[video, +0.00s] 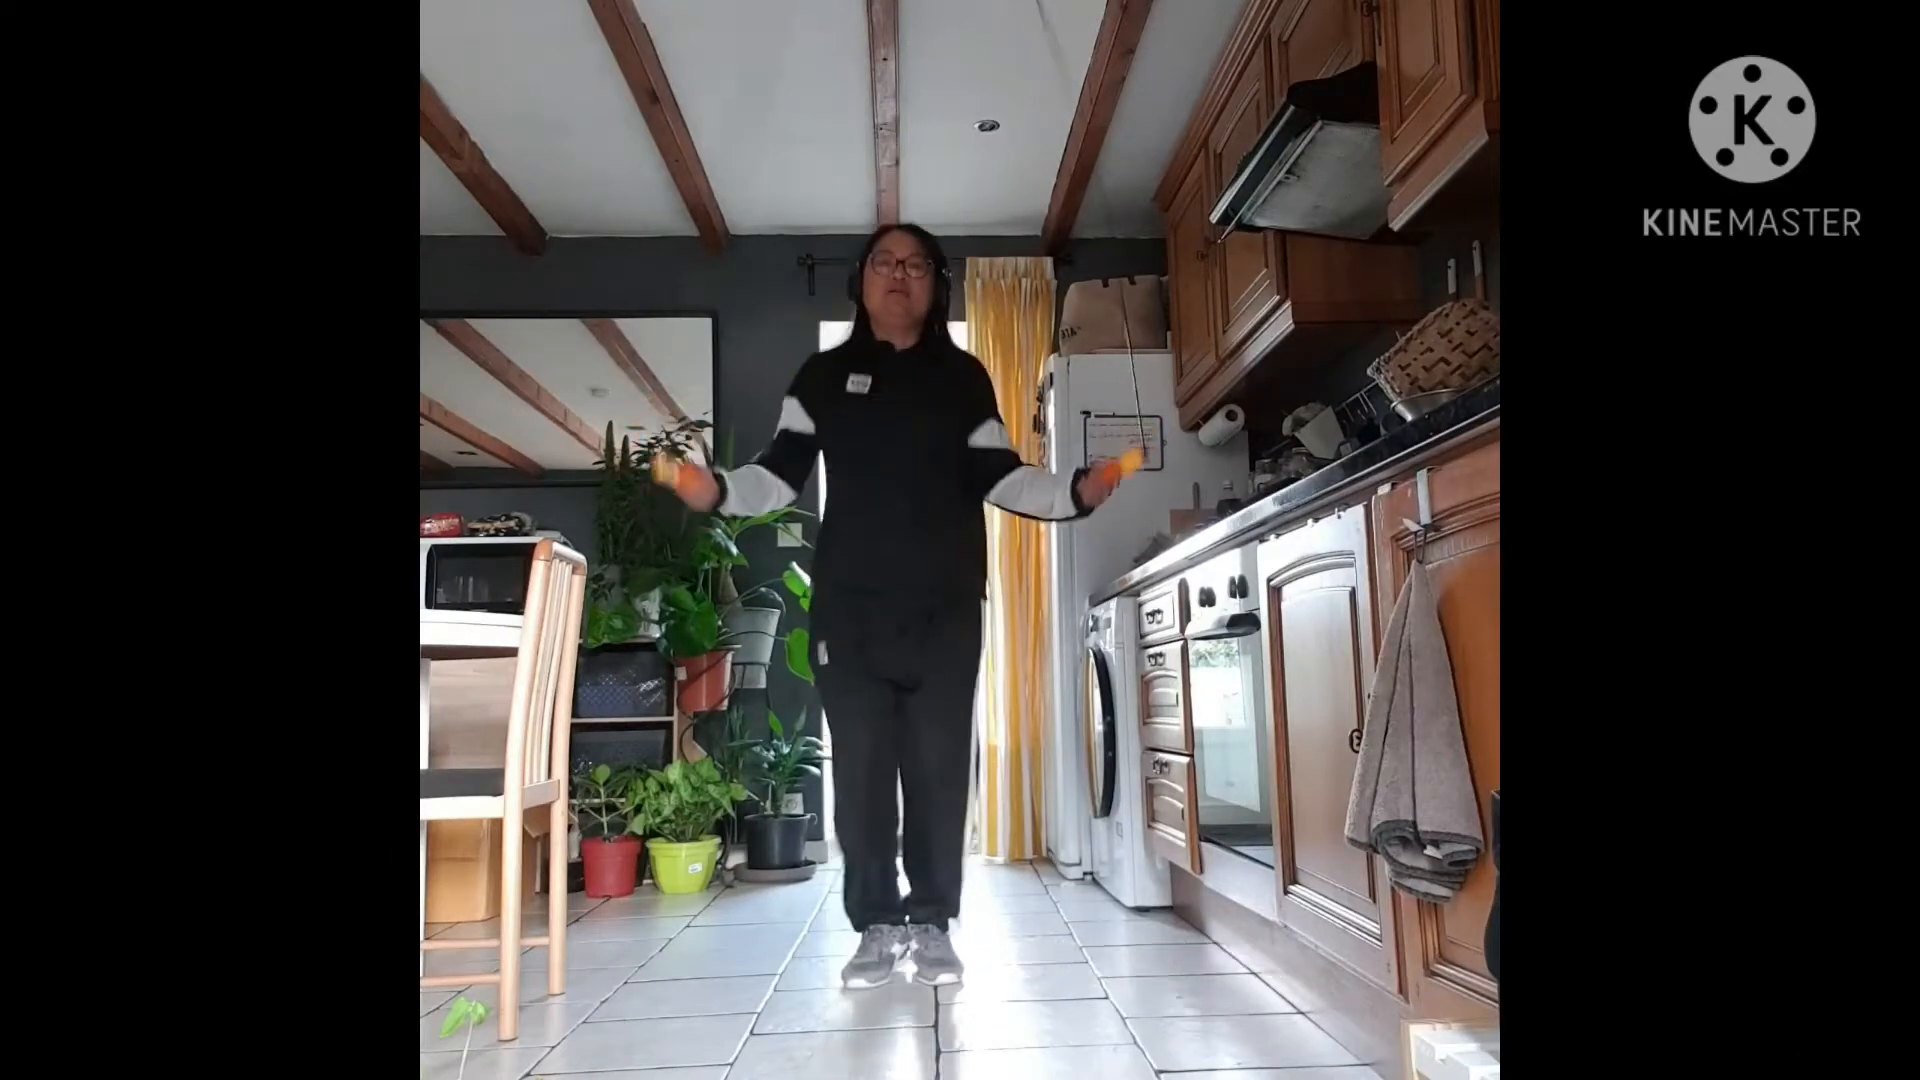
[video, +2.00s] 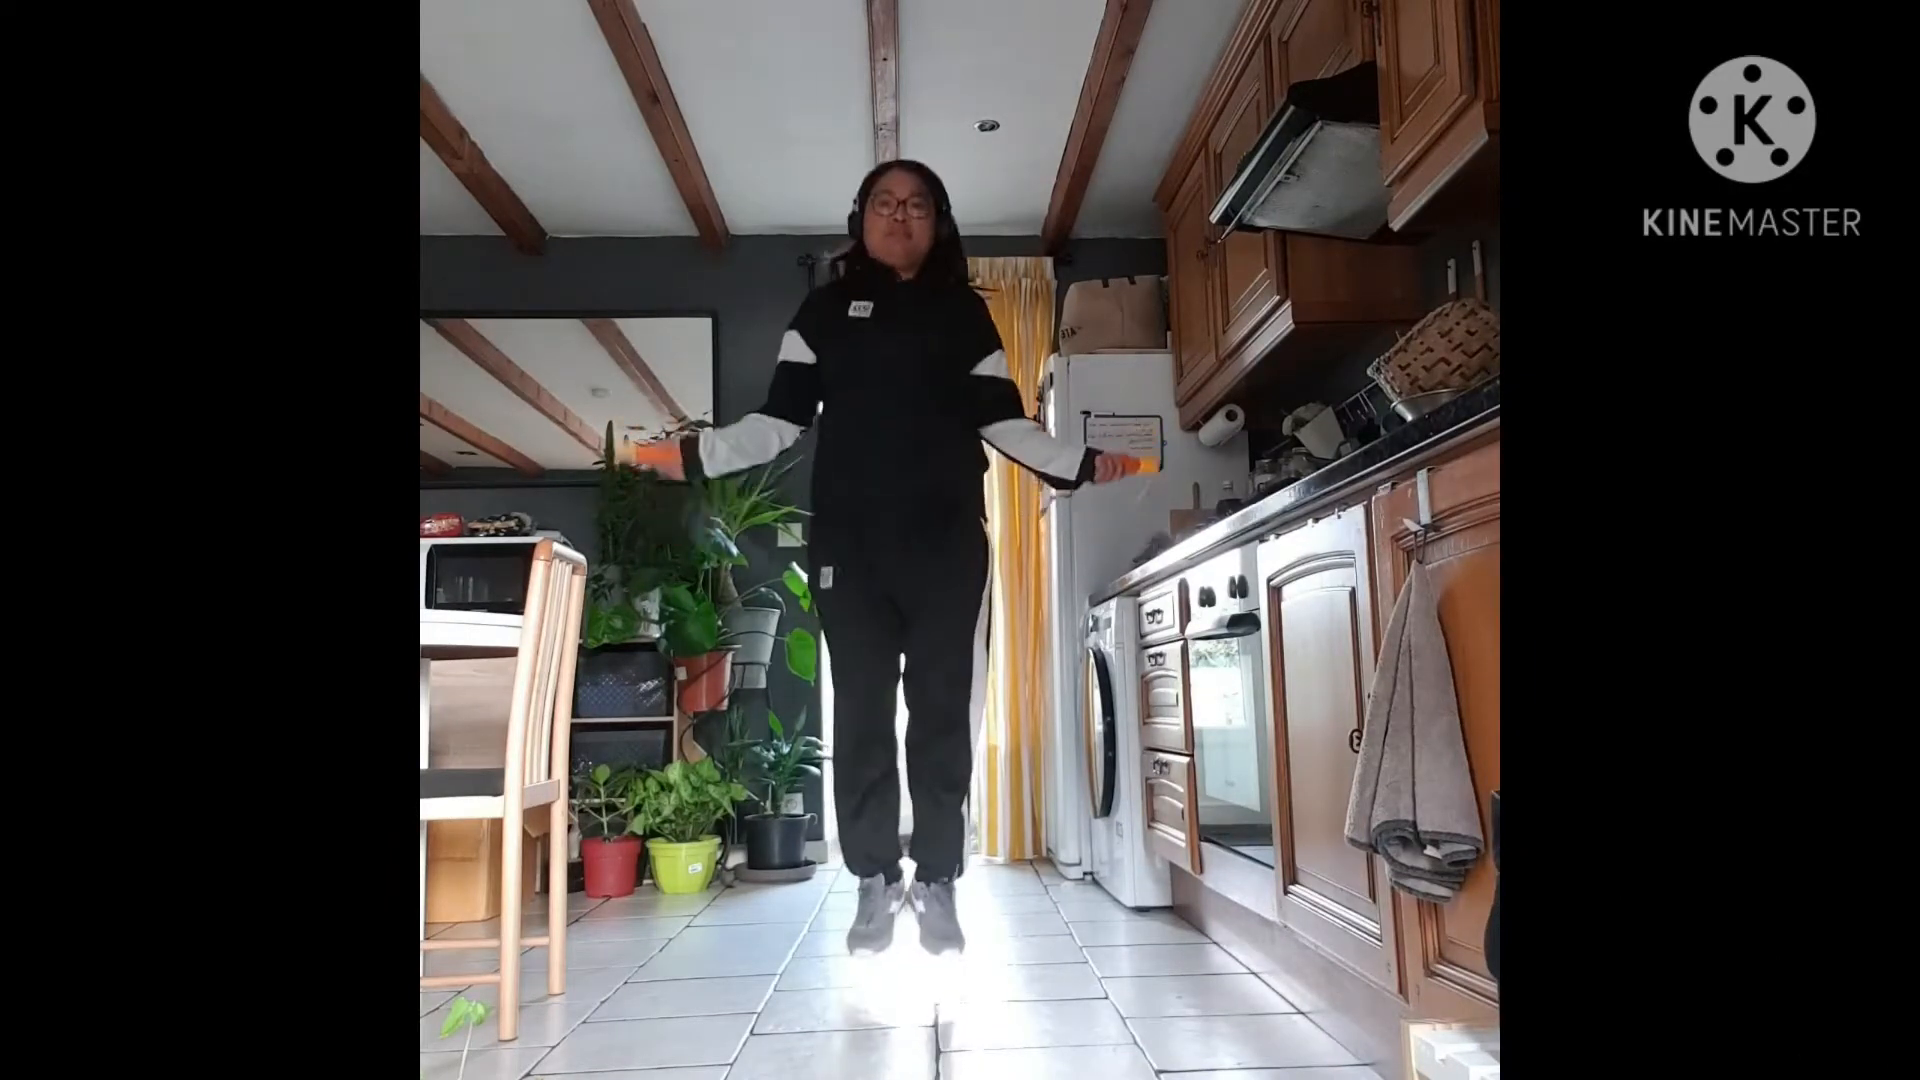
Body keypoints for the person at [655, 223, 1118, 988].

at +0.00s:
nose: (898, 274)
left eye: (914, 264)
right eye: (884, 262)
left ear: (937, 286)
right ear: (861, 282)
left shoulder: (964, 377)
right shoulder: (827, 373)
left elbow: (998, 475)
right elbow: (780, 473)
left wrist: (1075, 491)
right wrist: (718, 489)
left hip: (945, 598)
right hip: (853, 597)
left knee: (938, 764)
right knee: (862, 765)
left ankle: (933, 924)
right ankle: (876, 928)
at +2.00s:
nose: (899, 215)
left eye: (915, 204)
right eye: (885, 203)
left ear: (939, 223)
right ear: (859, 222)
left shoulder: (962, 310)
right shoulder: (827, 308)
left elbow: (999, 419)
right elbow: (782, 418)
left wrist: (1077, 464)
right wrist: (697, 450)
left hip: (945, 537)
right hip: (851, 536)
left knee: (941, 712)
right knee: (861, 714)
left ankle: (937, 883)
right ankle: (874, 883)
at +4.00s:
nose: (901, 283)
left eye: (918, 272)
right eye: (888, 270)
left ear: (941, 291)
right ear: (866, 287)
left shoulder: (967, 380)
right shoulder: (829, 377)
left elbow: (1001, 483)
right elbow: (783, 477)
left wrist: (1075, 515)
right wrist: (725, 507)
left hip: (949, 599)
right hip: (853, 599)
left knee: (944, 765)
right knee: (867, 765)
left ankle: (935, 922)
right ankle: (881, 923)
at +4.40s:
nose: (908, 275)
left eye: (925, 265)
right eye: (895, 263)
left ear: (947, 287)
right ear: (871, 283)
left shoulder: (971, 372)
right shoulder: (839, 372)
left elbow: (1008, 474)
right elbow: (780, 472)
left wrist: (1087, 484)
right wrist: (708, 464)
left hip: (952, 597)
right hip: (858, 595)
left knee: (946, 764)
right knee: (871, 766)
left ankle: (940, 924)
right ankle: (885, 925)